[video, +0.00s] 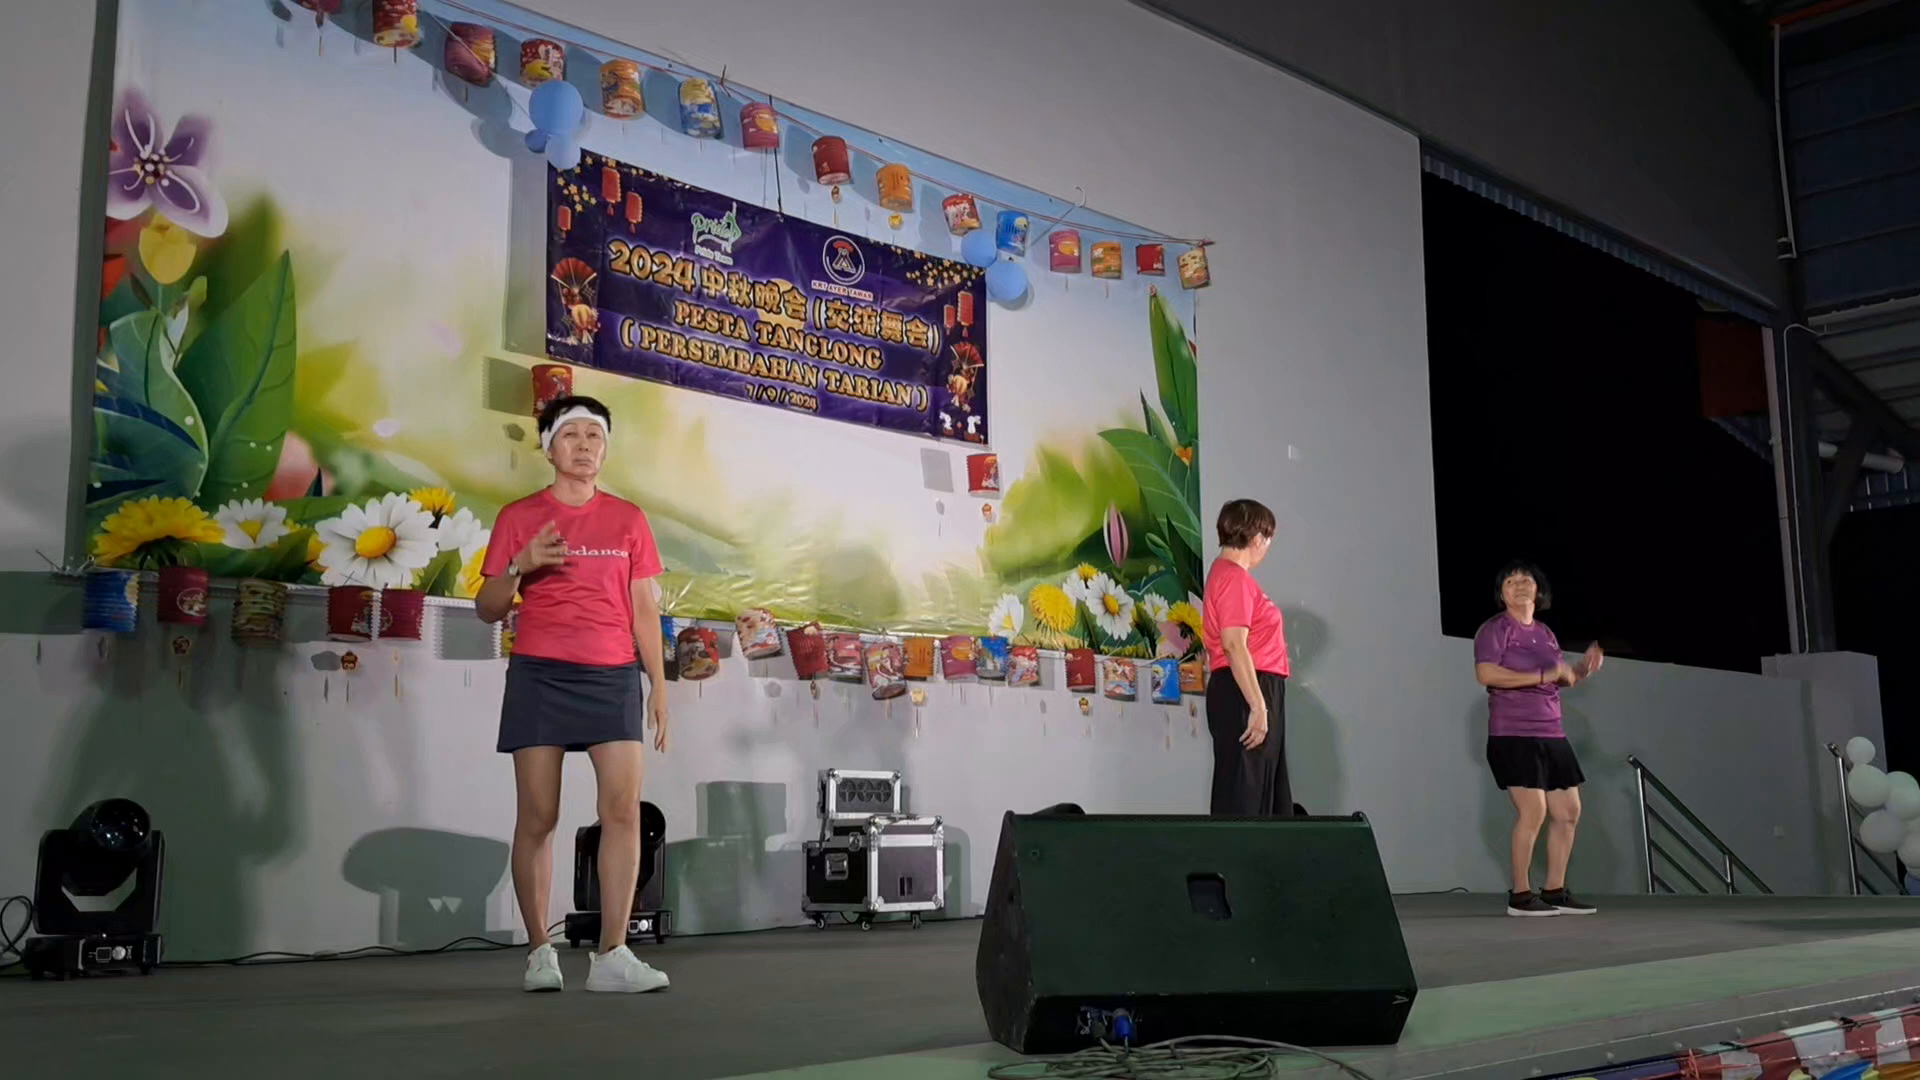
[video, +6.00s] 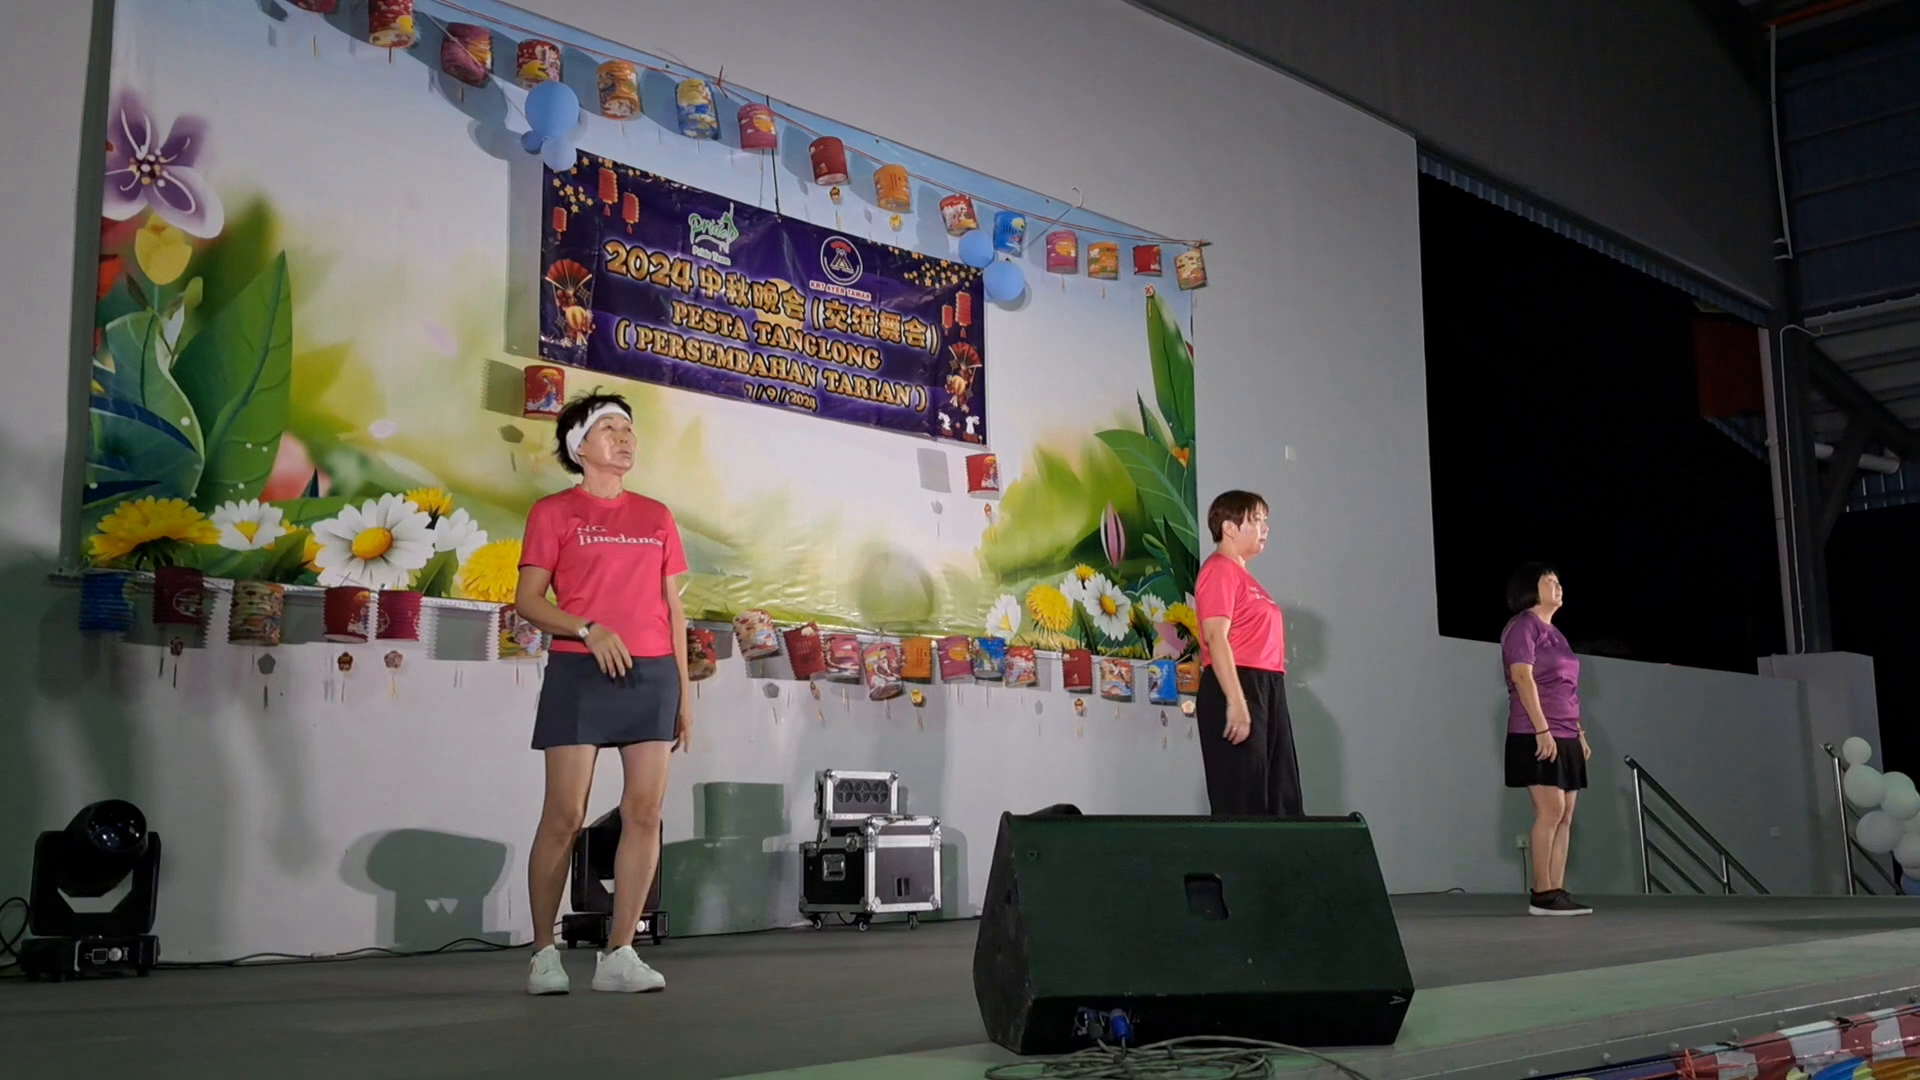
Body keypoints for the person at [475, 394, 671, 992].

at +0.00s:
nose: (583, 444)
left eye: (594, 436)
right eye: (572, 435)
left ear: (606, 449)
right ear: (549, 447)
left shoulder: (628, 519)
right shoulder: (519, 516)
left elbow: (646, 610)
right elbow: (489, 608)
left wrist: (658, 684)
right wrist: (522, 567)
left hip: (614, 678)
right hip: (539, 676)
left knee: (623, 808)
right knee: (538, 817)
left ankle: (612, 952)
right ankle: (541, 949)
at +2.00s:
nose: (612, 441)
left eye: (624, 432)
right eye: (599, 431)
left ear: (638, 447)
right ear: (580, 445)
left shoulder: (663, 517)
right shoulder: (553, 515)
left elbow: (681, 607)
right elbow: (527, 608)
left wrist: (691, 686)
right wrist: (567, 566)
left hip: (657, 672)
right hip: (580, 669)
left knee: (653, 807)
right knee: (600, 800)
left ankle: (615, 952)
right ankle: (564, 928)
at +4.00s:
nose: (590, 450)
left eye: (596, 442)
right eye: (577, 440)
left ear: (602, 454)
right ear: (546, 451)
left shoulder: (617, 522)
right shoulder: (522, 517)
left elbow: (627, 610)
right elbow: (517, 603)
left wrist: (630, 675)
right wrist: (582, 562)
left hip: (609, 677)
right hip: (540, 677)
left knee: (630, 794)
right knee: (540, 815)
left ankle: (620, 941)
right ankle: (542, 948)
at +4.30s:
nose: (608, 443)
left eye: (613, 436)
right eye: (594, 435)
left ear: (620, 453)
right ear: (565, 450)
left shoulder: (639, 522)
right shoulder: (547, 511)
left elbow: (649, 607)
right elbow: (550, 593)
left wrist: (658, 668)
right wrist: (617, 617)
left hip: (638, 675)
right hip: (572, 673)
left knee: (638, 810)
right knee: (560, 819)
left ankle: (618, 950)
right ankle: (545, 946)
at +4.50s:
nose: (633, 449)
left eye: (638, 442)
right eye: (619, 439)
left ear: (642, 455)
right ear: (587, 451)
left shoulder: (657, 526)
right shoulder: (565, 514)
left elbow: (677, 616)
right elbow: (567, 606)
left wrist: (694, 692)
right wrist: (579, 688)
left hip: (664, 677)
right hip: (597, 675)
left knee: (652, 814)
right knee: (591, 818)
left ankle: (621, 950)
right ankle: (553, 931)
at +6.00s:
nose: (624, 439)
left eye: (629, 431)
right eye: (610, 430)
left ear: (635, 447)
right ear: (579, 445)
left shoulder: (657, 516)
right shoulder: (553, 513)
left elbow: (675, 612)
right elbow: (528, 600)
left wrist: (684, 694)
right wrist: (588, 629)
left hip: (654, 674)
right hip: (578, 674)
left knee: (645, 812)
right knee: (565, 818)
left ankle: (620, 952)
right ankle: (545, 949)